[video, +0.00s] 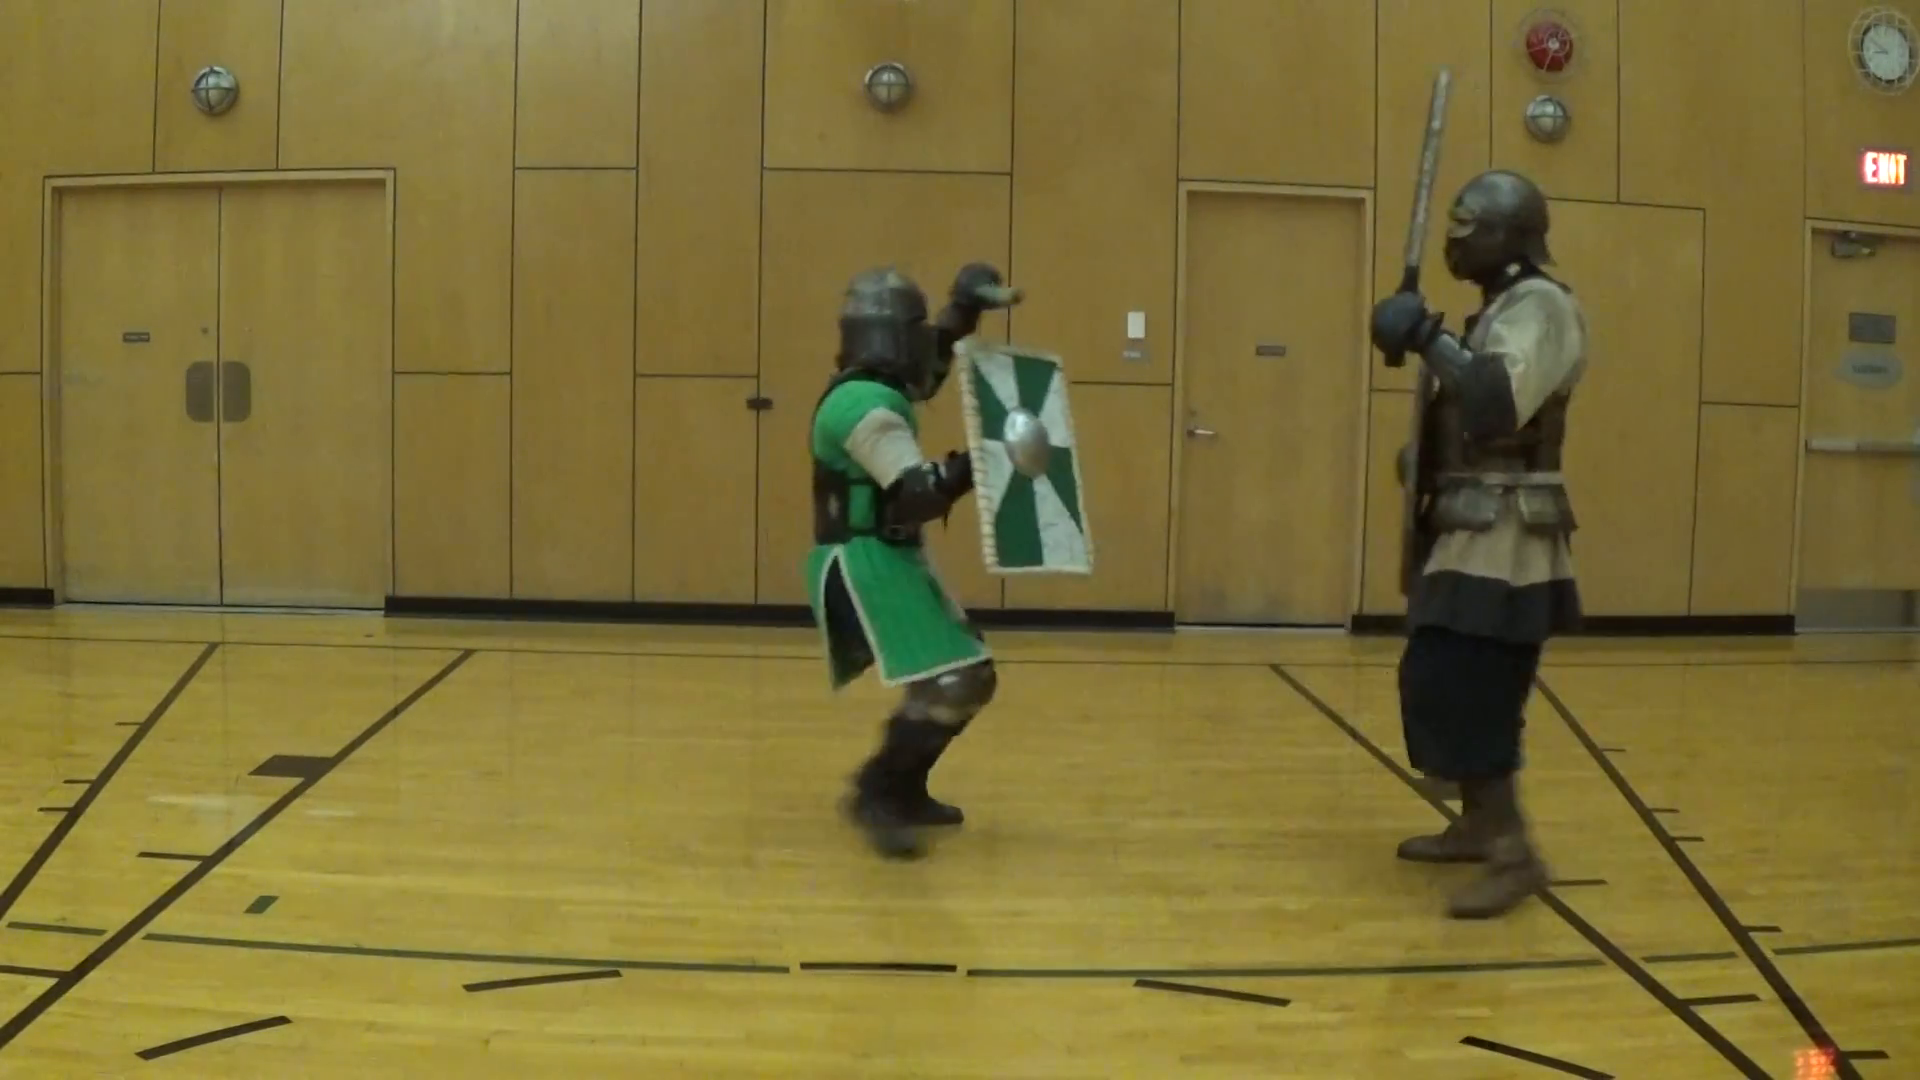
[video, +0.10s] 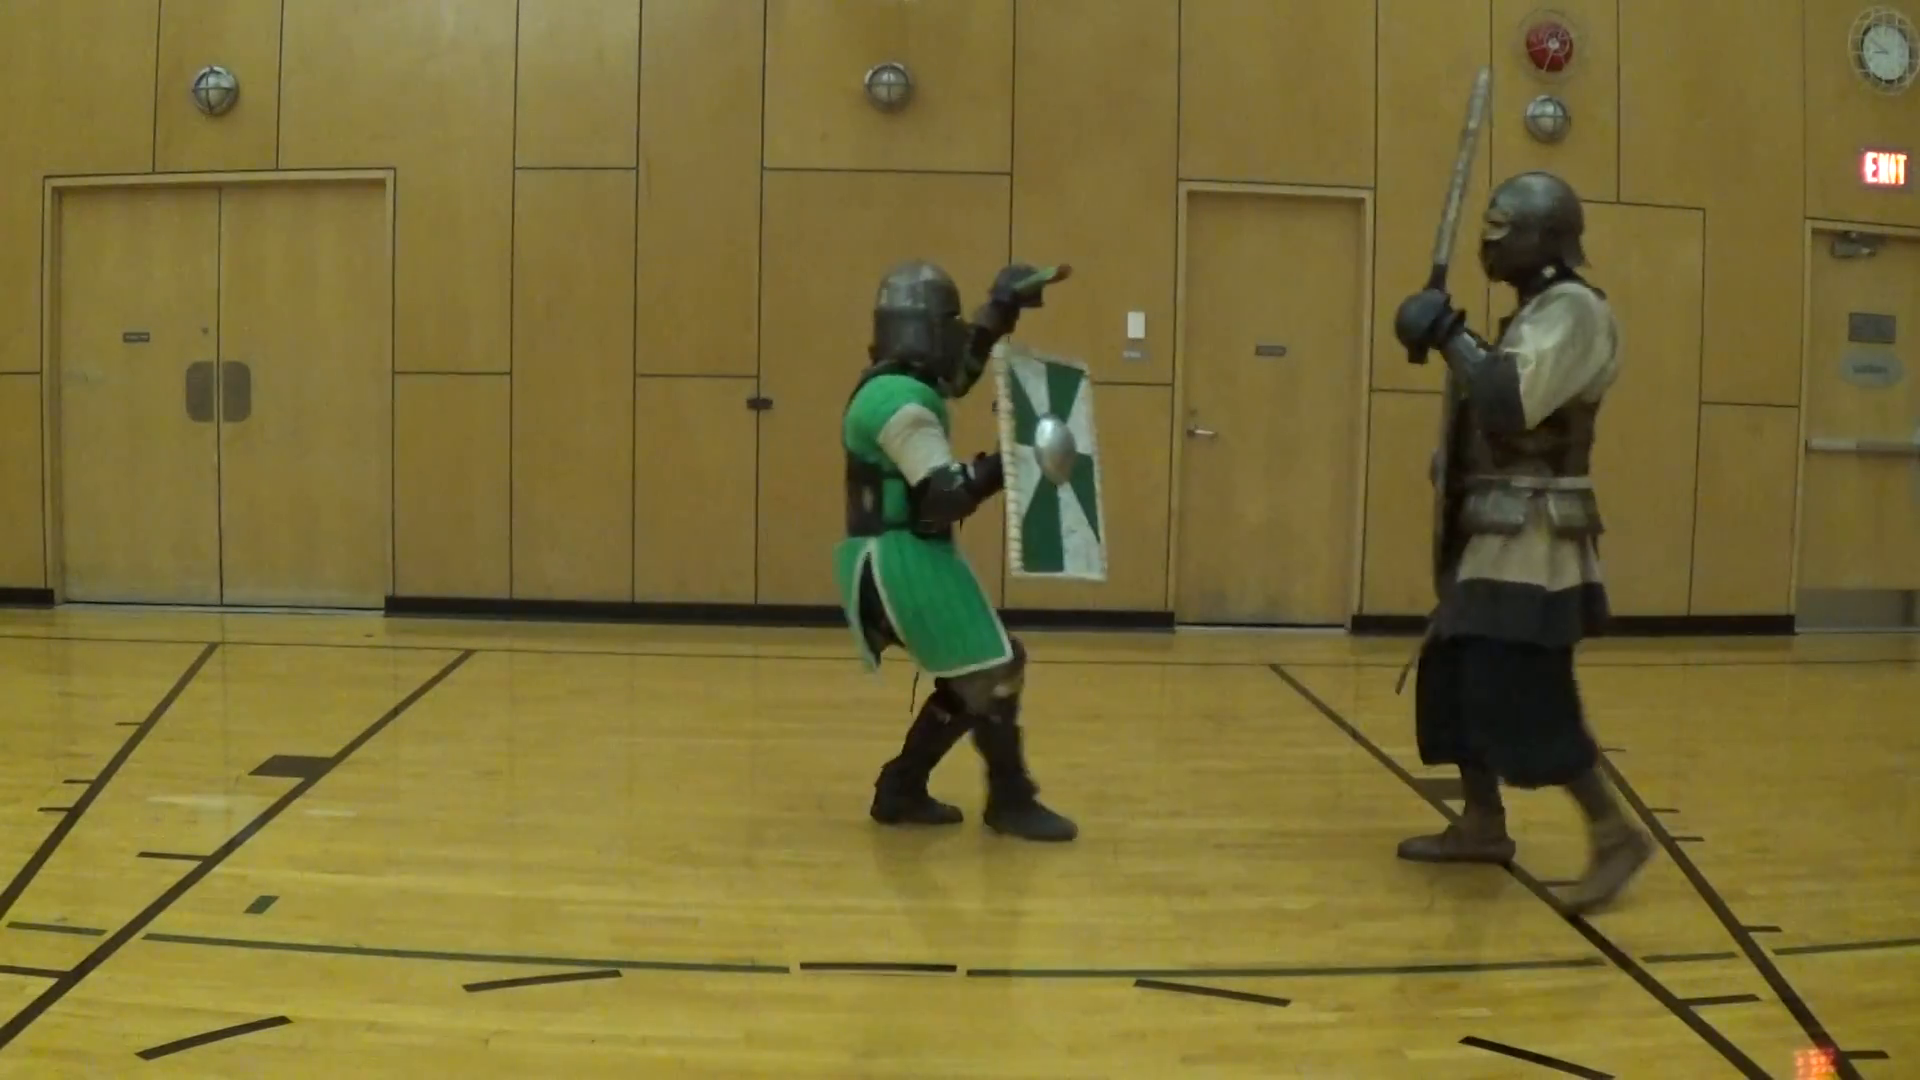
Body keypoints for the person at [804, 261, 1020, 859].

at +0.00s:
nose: (922, 344)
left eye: (919, 335)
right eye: (914, 334)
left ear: (867, 336)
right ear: (892, 337)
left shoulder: (880, 394)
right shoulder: (861, 403)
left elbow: (923, 369)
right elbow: (916, 495)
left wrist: (960, 311)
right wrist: (995, 456)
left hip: (890, 556)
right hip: (861, 561)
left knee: (969, 672)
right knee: (952, 678)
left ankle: (903, 788)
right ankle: (879, 794)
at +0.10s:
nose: (957, 336)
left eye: (955, 327)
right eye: (951, 325)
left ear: (893, 328)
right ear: (930, 329)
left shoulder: (905, 388)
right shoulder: (898, 397)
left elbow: (959, 371)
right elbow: (941, 498)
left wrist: (1000, 305)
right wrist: (1016, 457)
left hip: (907, 553)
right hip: (902, 559)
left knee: (973, 670)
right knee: (997, 665)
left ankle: (902, 788)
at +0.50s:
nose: (993, 314)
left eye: (989, 304)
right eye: (984, 304)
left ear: (930, 314)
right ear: (963, 313)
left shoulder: (943, 375)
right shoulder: (948, 388)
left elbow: (991, 400)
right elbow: (979, 491)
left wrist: (1037, 365)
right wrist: (1054, 460)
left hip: (946, 535)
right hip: (965, 540)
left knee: (976, 660)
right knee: (1033, 665)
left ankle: (897, 746)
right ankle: (1013, 800)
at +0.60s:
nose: (983, 317)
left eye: (980, 306)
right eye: (975, 307)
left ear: (921, 316)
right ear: (953, 314)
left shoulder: (942, 379)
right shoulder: (934, 387)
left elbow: (966, 442)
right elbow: (954, 488)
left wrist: (1025, 415)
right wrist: (1031, 463)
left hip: (944, 532)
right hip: (951, 538)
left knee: (964, 659)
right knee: (1020, 662)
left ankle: (886, 751)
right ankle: (1011, 800)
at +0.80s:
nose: (966, 313)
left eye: (963, 302)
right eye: (957, 302)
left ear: (908, 308)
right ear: (928, 308)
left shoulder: (924, 372)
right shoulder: (904, 376)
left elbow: (930, 467)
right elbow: (909, 473)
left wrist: (989, 467)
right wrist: (986, 465)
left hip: (923, 525)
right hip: (905, 527)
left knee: (938, 652)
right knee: (956, 653)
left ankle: (881, 756)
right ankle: (974, 791)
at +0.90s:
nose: (956, 308)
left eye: (953, 297)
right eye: (949, 297)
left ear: (896, 300)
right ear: (926, 301)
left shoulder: (908, 360)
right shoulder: (895, 364)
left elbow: (916, 456)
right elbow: (895, 456)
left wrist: (977, 462)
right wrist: (976, 461)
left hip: (909, 515)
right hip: (893, 518)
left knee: (936, 645)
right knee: (924, 646)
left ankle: (882, 756)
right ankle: (896, 784)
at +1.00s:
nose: (945, 297)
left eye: (943, 286)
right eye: (936, 286)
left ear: (892, 291)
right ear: (908, 292)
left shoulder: (907, 354)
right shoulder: (885, 357)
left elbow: (905, 449)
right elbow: (883, 450)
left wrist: (962, 460)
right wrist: (960, 453)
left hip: (902, 510)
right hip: (875, 511)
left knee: (925, 644)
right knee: (889, 640)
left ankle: (880, 760)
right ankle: (821, 769)